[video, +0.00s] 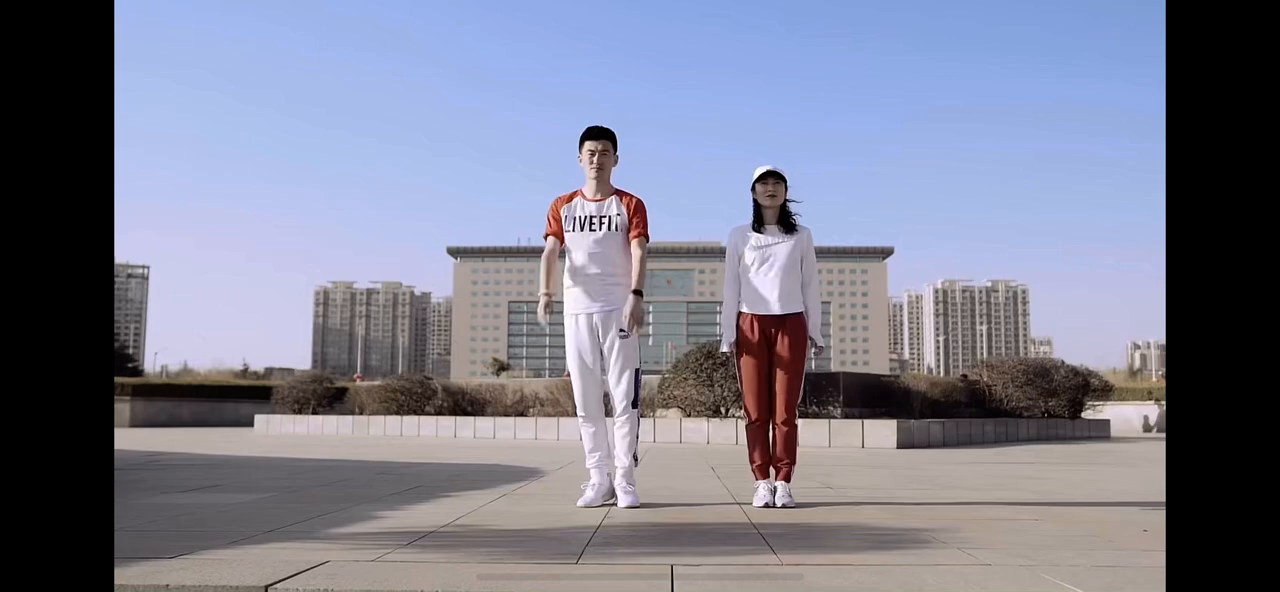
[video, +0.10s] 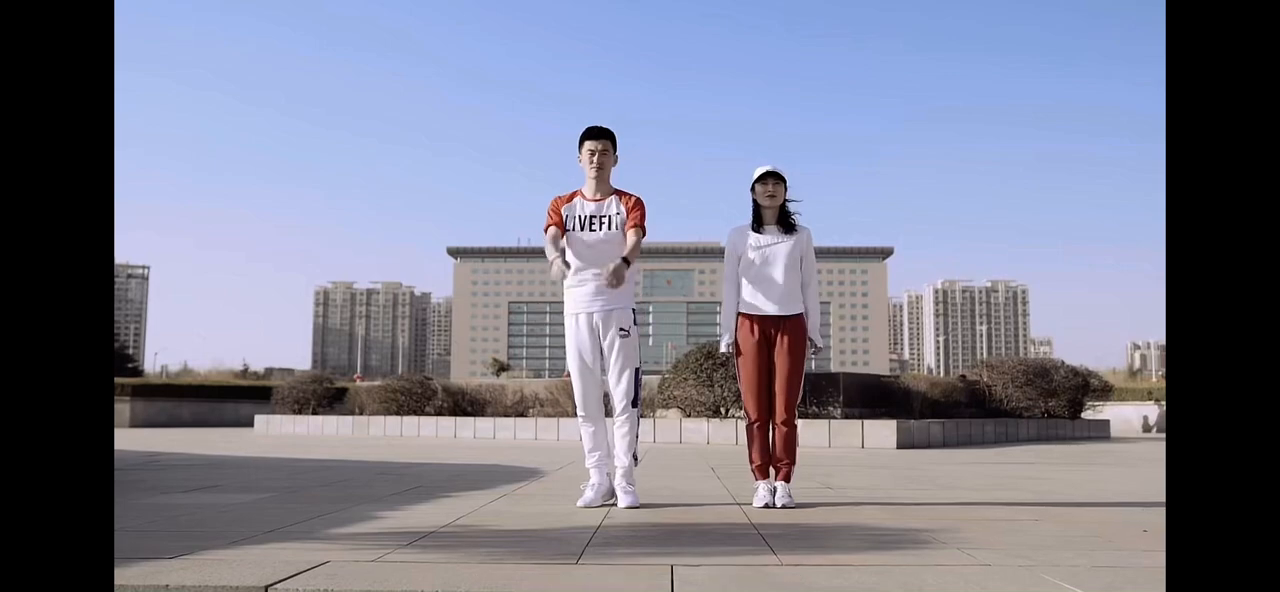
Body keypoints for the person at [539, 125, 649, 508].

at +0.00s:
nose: (597, 158)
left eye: (604, 152)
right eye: (590, 152)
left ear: (614, 159)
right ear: (580, 159)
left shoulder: (630, 204)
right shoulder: (562, 206)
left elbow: (639, 249)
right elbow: (551, 251)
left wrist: (636, 295)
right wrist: (545, 291)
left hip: (619, 310)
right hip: (578, 313)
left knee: (624, 400)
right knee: (586, 402)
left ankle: (624, 481)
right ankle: (598, 480)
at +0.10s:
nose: (596, 158)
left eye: (604, 152)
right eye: (590, 152)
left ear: (614, 159)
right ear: (580, 159)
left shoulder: (629, 202)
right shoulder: (562, 204)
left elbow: (635, 238)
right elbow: (552, 235)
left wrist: (623, 262)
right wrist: (555, 257)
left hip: (618, 310)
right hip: (578, 312)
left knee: (624, 400)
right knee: (586, 402)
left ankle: (624, 482)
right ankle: (598, 480)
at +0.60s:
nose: (602, 161)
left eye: (609, 156)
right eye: (595, 155)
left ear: (618, 163)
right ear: (583, 162)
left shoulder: (632, 210)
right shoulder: (564, 209)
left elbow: (640, 265)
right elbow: (554, 263)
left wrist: (642, 314)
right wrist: (551, 313)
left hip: (619, 314)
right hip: (578, 316)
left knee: (623, 405)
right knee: (588, 406)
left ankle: (625, 482)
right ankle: (599, 482)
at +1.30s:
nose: (601, 163)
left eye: (607, 158)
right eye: (594, 158)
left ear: (617, 165)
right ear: (583, 165)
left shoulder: (634, 210)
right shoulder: (565, 212)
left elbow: (644, 246)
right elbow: (554, 256)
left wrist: (644, 280)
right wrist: (549, 295)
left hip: (621, 316)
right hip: (580, 317)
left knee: (623, 404)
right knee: (588, 405)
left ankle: (624, 482)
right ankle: (599, 482)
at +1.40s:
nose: (601, 161)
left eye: (608, 156)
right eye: (595, 156)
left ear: (618, 164)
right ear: (584, 164)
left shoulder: (633, 208)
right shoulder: (566, 209)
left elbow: (642, 232)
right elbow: (554, 243)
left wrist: (634, 248)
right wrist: (554, 266)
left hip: (620, 313)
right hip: (579, 314)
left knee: (623, 402)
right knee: (588, 404)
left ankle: (624, 483)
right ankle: (598, 483)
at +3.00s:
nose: (601, 169)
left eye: (608, 163)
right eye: (594, 163)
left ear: (616, 169)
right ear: (582, 169)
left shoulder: (630, 214)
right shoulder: (563, 215)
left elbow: (641, 260)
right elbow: (551, 259)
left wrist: (644, 306)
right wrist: (574, 272)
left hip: (617, 313)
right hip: (576, 315)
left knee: (620, 398)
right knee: (587, 402)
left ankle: (630, 481)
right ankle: (600, 482)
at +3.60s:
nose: (601, 169)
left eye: (608, 163)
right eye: (594, 162)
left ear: (616, 169)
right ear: (581, 168)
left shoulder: (630, 217)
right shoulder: (561, 214)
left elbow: (638, 271)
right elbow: (554, 272)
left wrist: (648, 321)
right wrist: (557, 321)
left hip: (618, 314)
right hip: (576, 316)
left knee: (620, 397)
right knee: (584, 405)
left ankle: (630, 478)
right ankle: (599, 482)